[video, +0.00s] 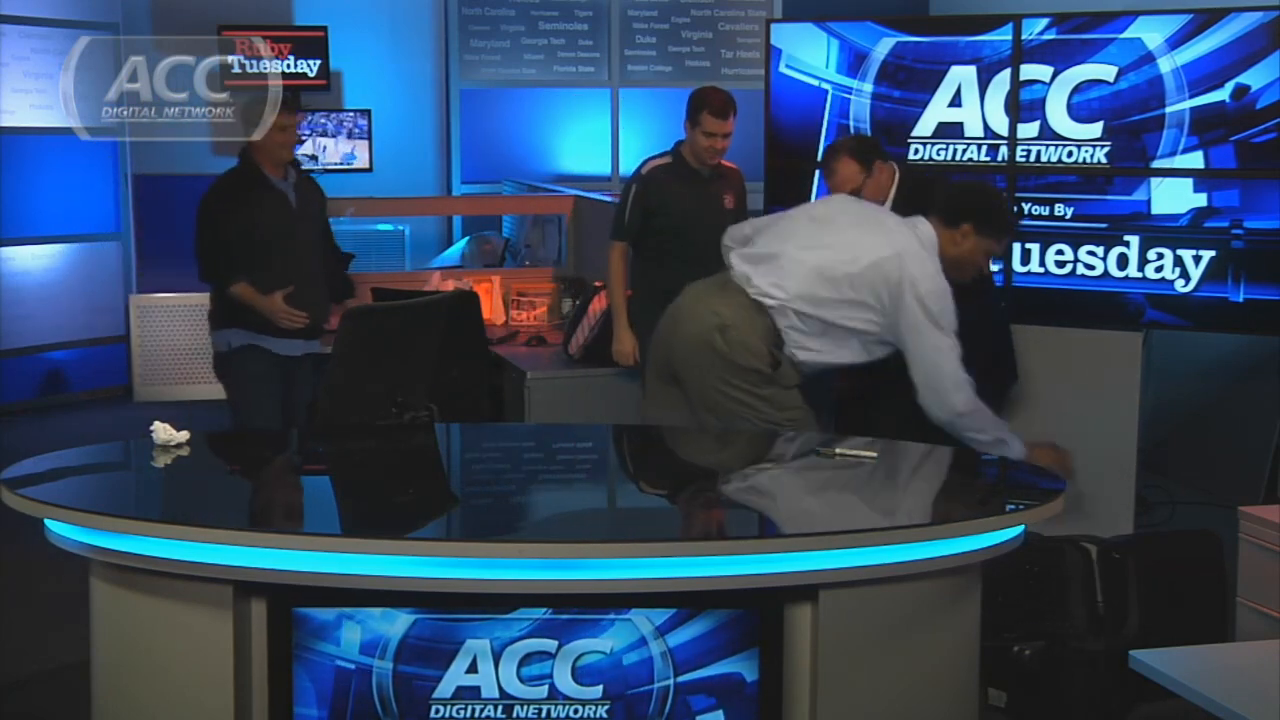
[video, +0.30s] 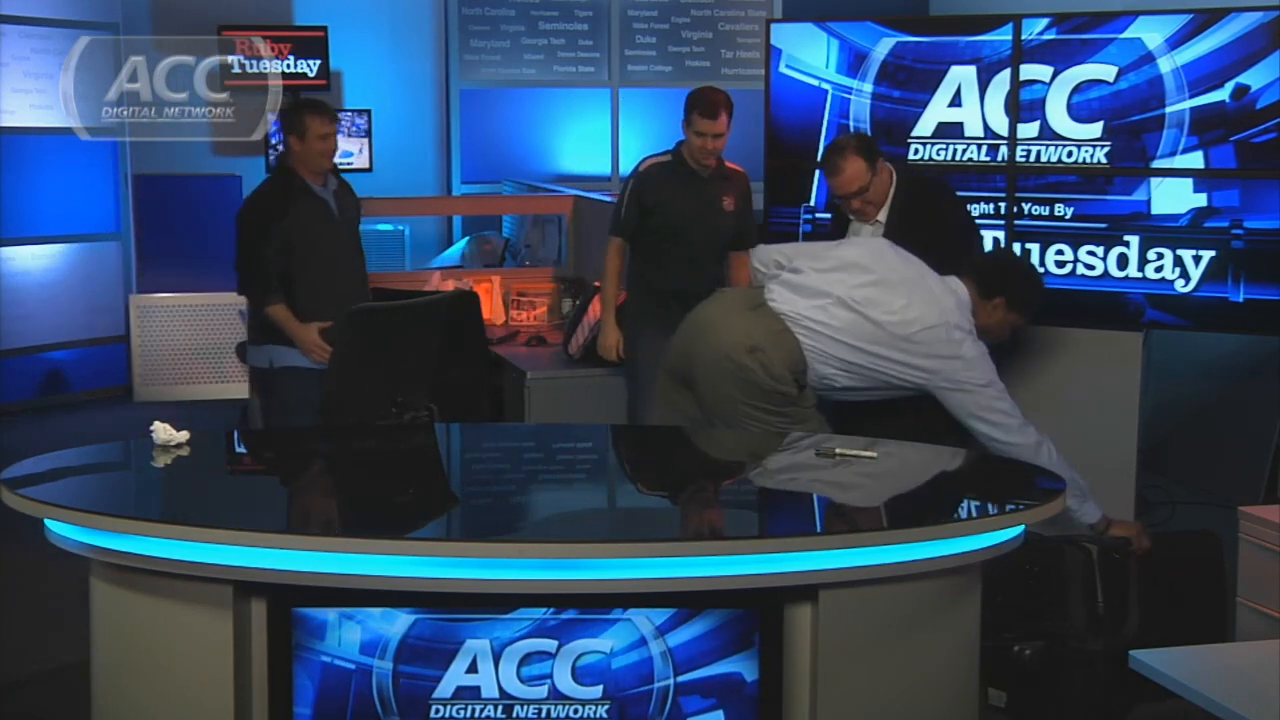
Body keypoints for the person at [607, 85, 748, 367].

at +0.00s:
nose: (717, 145)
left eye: (725, 136)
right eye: (709, 135)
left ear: (733, 132)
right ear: (689, 127)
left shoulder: (732, 178)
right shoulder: (650, 175)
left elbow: (740, 248)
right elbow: (618, 251)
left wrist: (745, 320)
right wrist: (621, 328)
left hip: (714, 322)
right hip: (657, 323)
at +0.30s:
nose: (709, 145)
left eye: (718, 136)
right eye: (700, 136)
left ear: (728, 130)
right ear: (685, 127)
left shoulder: (735, 182)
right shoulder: (649, 174)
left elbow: (739, 262)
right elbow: (616, 248)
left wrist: (740, 326)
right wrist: (608, 322)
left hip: (707, 325)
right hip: (649, 324)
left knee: (707, 426)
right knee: (651, 426)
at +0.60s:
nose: (682, 145)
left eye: (691, 136)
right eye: (673, 135)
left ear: (705, 129)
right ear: (661, 126)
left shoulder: (719, 181)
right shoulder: (628, 179)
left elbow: (727, 261)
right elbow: (602, 253)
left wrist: (733, 327)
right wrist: (593, 327)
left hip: (697, 330)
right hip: (637, 328)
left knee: (690, 437)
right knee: (634, 434)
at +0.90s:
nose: (648, 144)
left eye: (657, 134)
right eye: (639, 135)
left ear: (672, 128)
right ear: (627, 127)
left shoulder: (693, 180)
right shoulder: (599, 181)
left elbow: (706, 260)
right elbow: (577, 257)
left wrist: (711, 330)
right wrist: (570, 332)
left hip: (677, 333)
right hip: (615, 334)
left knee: (682, 440)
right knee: (617, 440)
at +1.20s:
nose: (627, 148)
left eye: (636, 138)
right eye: (618, 139)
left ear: (650, 128)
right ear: (605, 130)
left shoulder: (675, 179)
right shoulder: (578, 184)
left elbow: (693, 257)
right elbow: (560, 263)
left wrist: (701, 325)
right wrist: (561, 335)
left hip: (664, 333)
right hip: (602, 335)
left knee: (673, 436)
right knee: (608, 438)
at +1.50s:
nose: (624, 155)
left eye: (633, 145)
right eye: (614, 145)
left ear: (648, 133)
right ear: (603, 136)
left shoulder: (677, 182)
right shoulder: (576, 187)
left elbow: (695, 259)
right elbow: (561, 266)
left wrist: (693, 327)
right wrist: (571, 334)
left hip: (662, 341)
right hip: (599, 344)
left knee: (659, 445)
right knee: (607, 446)